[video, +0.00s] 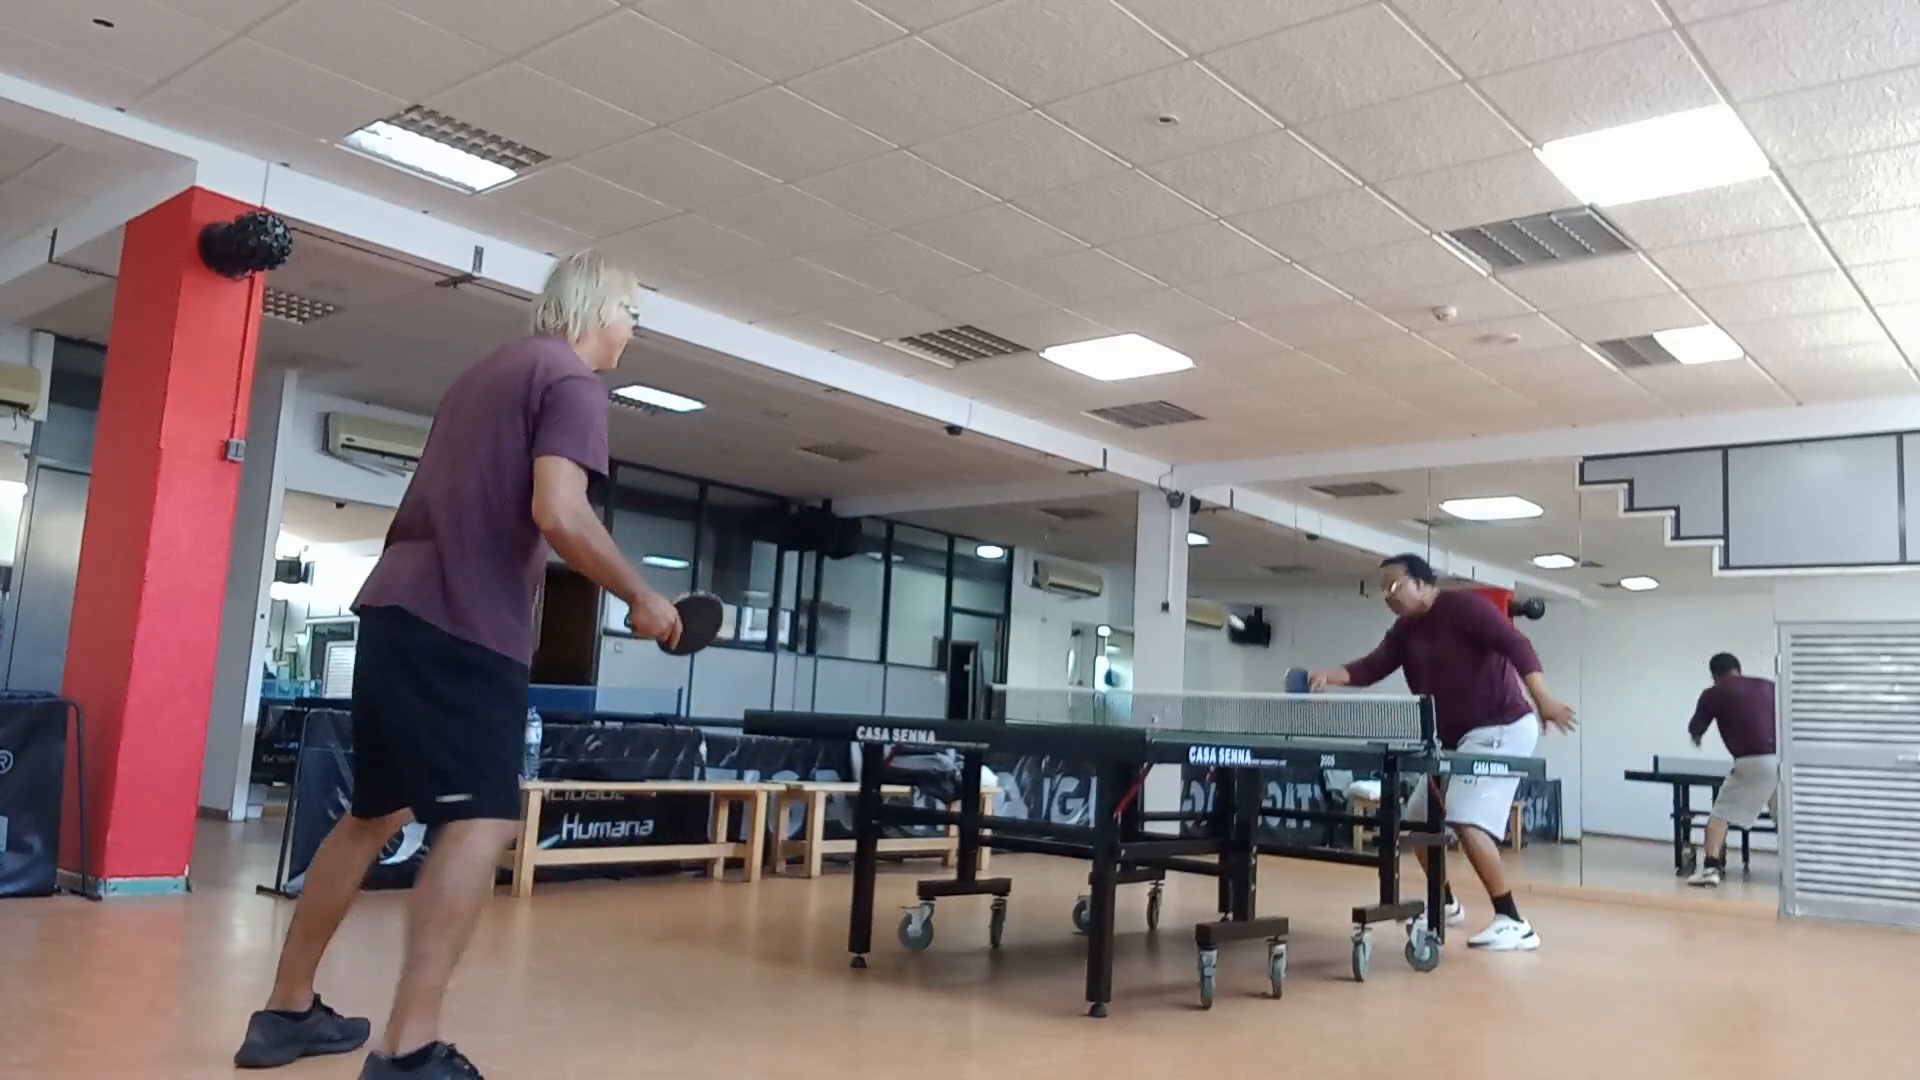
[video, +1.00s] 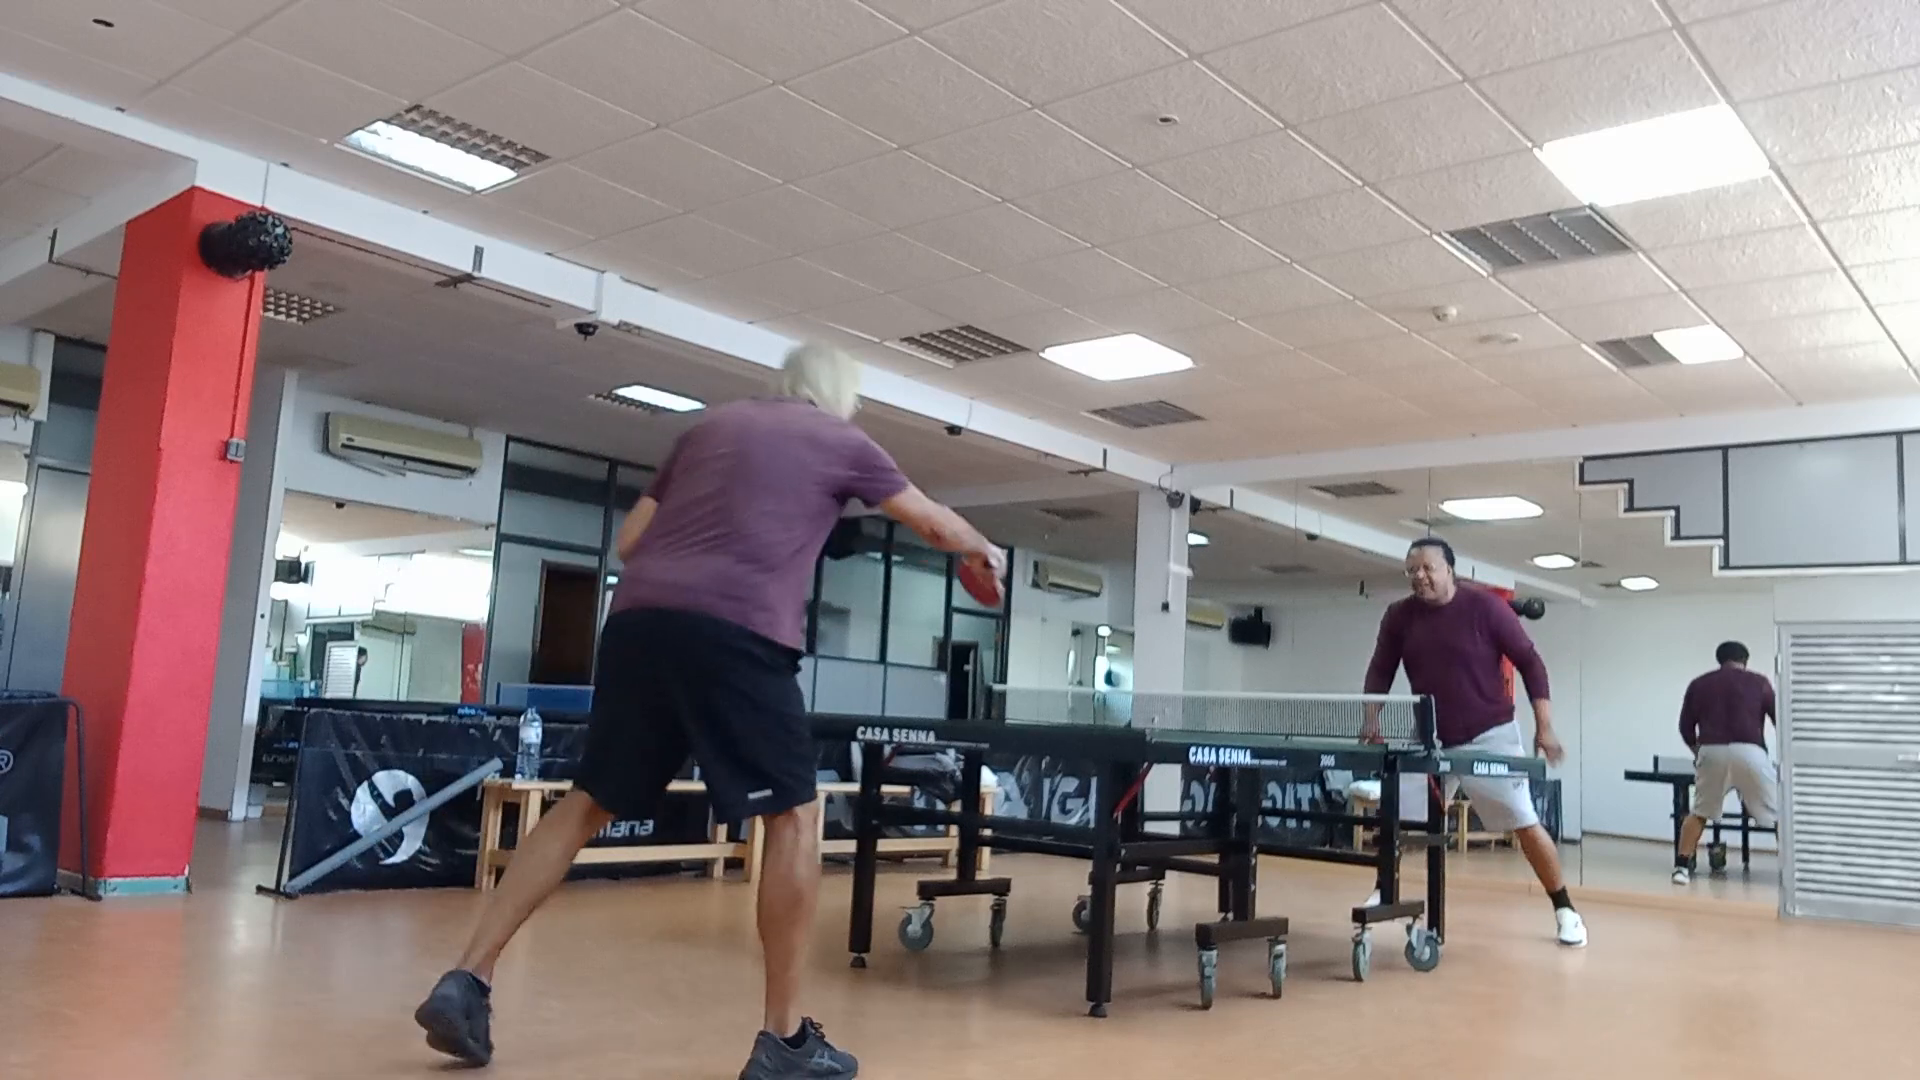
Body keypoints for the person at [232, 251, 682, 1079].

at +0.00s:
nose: (627, 338)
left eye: (630, 323)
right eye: (626, 322)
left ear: (554, 311)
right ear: (597, 319)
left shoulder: (487, 369)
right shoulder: (573, 379)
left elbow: (437, 507)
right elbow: (559, 511)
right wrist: (641, 596)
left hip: (395, 610)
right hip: (466, 628)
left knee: (373, 812)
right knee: (480, 820)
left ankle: (285, 1009)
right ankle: (408, 1047)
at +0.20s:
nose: (661, 370)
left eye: (664, 356)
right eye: (662, 353)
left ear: (589, 330)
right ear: (637, 342)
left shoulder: (519, 385)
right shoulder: (600, 390)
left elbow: (467, 516)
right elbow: (588, 501)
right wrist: (663, 584)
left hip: (432, 622)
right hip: (520, 632)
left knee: (400, 810)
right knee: (618, 792)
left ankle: (289, 1009)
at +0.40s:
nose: (751, 431)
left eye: (754, 419)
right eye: (754, 418)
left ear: (686, 382)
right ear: (733, 400)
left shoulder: (602, 420)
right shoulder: (705, 437)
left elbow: (581, 533)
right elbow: (724, 553)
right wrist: (748, 611)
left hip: (517, 657)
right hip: (613, 671)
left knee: (442, 825)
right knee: (714, 833)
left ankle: (305, 1006)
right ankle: (764, 1036)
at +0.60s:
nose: (840, 460)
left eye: (842, 449)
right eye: (843, 448)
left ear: (773, 409)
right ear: (831, 434)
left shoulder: (691, 442)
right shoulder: (810, 458)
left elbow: (608, 549)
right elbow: (893, 568)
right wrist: (841, 592)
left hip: (586, 645)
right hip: (694, 660)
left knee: (512, 828)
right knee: (780, 816)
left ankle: (385, 1009)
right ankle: (771, 1037)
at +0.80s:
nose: (875, 455)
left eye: (875, 443)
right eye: (875, 443)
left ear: (801, 414)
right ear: (862, 436)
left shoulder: (730, 445)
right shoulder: (856, 469)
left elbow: (667, 538)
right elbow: (961, 566)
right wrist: (974, 600)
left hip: (630, 629)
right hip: (729, 646)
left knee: (572, 817)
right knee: (800, 815)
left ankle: (436, 996)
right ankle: (777, 1035)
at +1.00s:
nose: (854, 419)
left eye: (849, 411)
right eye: (856, 409)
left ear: (781, 387)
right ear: (843, 403)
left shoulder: (706, 426)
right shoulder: (840, 440)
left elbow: (629, 540)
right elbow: (935, 524)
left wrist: (697, 577)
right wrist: (981, 549)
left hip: (635, 622)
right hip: (736, 631)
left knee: (588, 800)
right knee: (793, 815)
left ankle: (467, 978)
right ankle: (785, 1033)